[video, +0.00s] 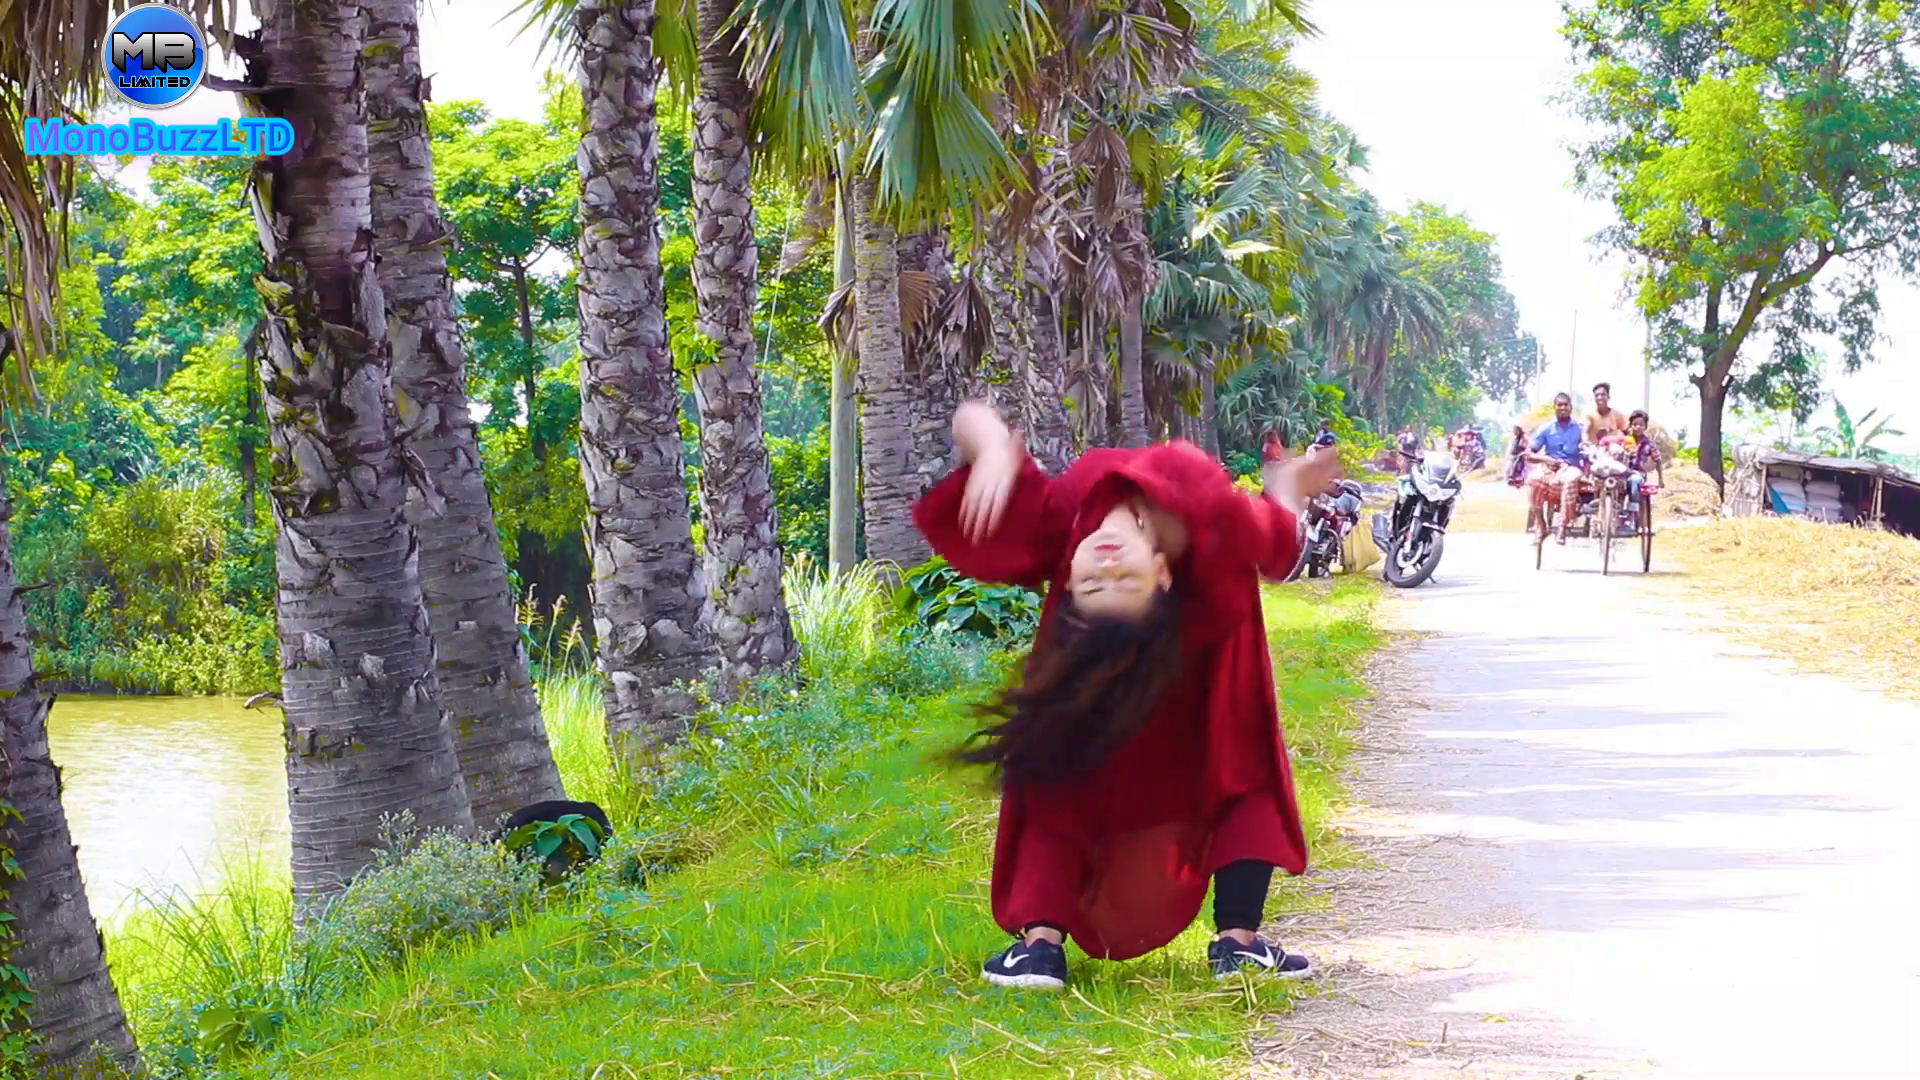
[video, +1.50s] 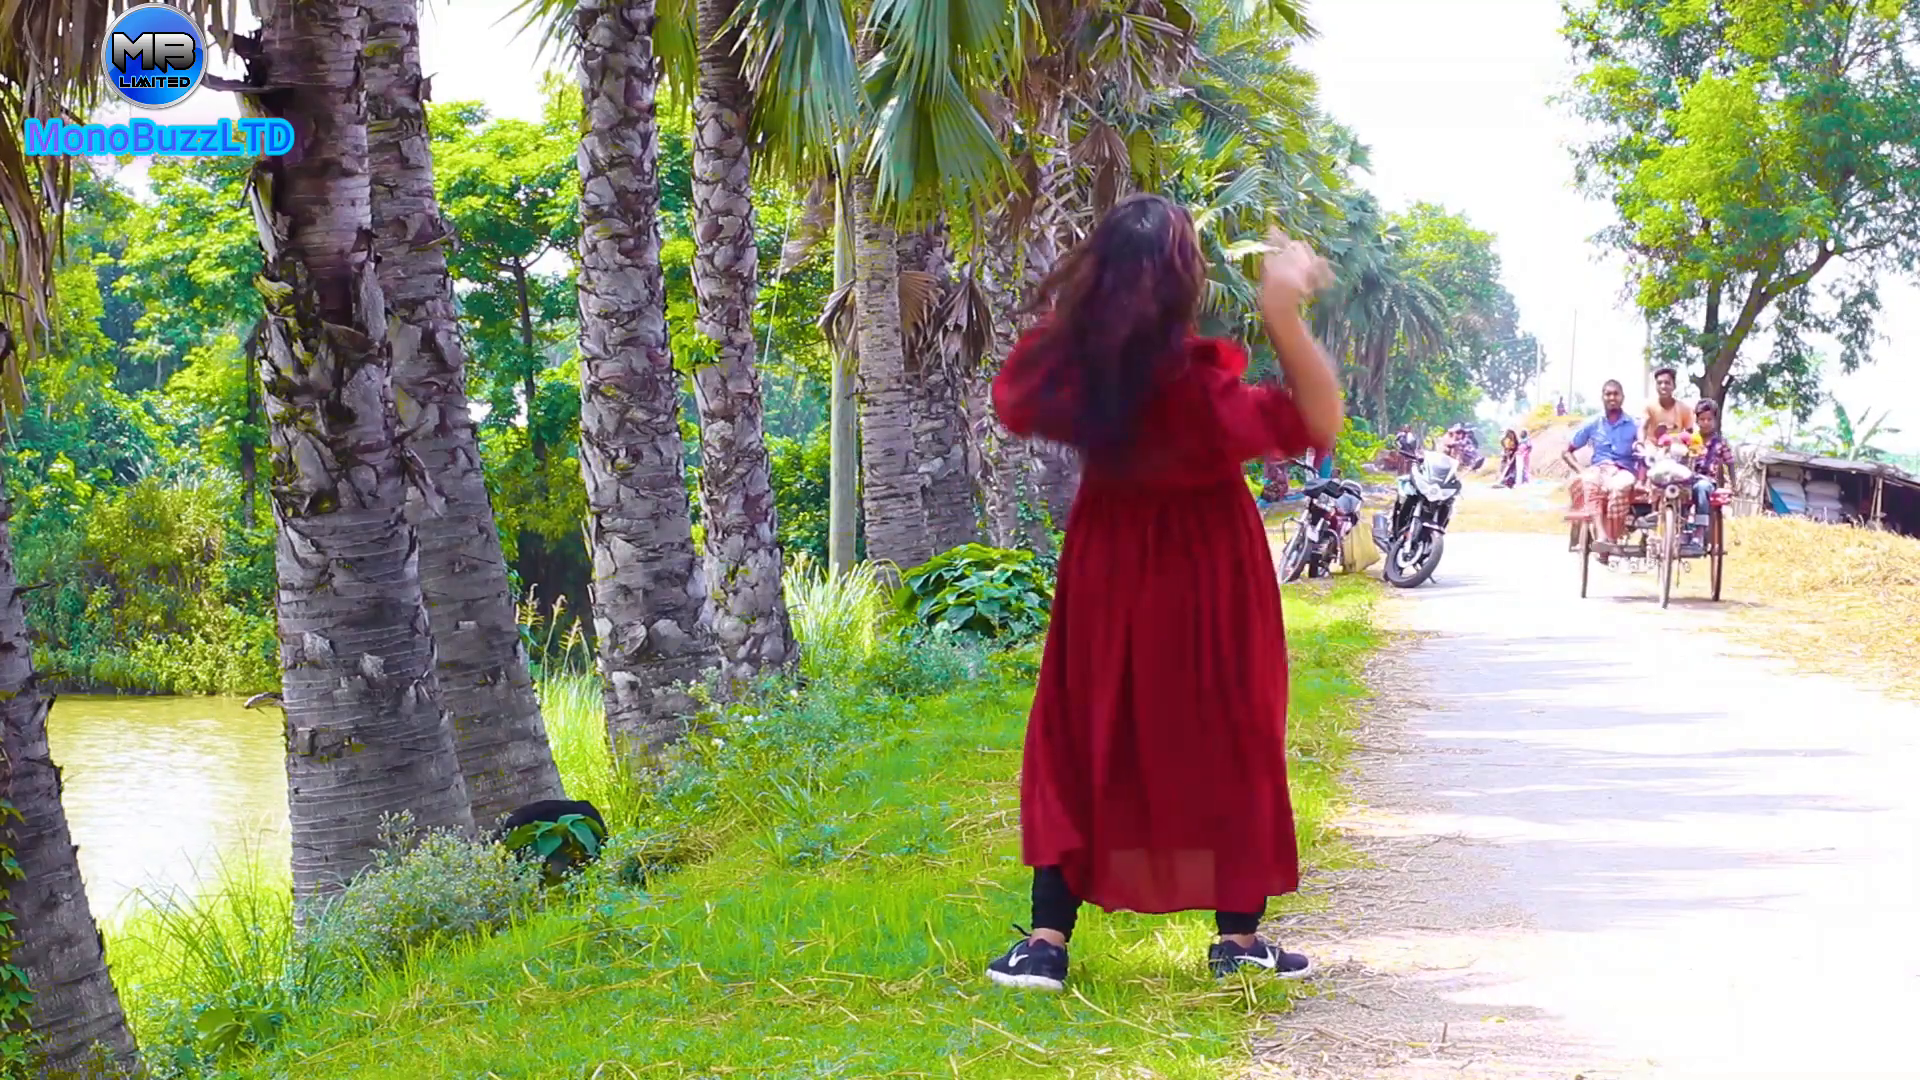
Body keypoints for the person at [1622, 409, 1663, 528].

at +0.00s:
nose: (1638, 427)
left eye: (1641, 424)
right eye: (1635, 424)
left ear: (1646, 427)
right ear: (1630, 426)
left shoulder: (1647, 443)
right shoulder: (1625, 440)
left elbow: (1658, 461)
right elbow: (1615, 454)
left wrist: (1660, 480)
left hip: (1637, 471)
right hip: (1622, 470)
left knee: (1633, 480)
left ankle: (1632, 514)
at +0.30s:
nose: (1651, 426)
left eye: (1654, 423)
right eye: (1648, 423)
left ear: (1659, 425)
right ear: (1644, 425)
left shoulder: (1663, 442)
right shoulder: (1638, 439)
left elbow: (1672, 461)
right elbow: (1629, 455)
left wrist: (1675, 481)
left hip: (1651, 472)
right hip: (1635, 470)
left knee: (1646, 480)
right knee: (1622, 480)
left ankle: (1645, 515)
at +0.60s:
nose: (1662, 425)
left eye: (1665, 422)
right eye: (1659, 422)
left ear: (1670, 424)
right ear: (1654, 423)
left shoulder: (1673, 442)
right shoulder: (1649, 439)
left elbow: (1684, 461)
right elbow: (1640, 456)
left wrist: (1688, 482)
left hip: (1663, 473)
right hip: (1647, 471)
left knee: (1659, 482)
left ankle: (1657, 516)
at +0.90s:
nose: (1672, 424)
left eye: (1676, 420)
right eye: (1669, 420)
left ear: (1681, 422)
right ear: (1665, 421)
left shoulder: (1686, 440)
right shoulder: (1660, 438)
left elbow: (1699, 460)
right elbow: (1650, 454)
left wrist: (1702, 482)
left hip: (1676, 473)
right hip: (1659, 472)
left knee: (1672, 484)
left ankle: (1672, 520)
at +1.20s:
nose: (1687, 424)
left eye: (1691, 420)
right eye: (1684, 420)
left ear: (1697, 422)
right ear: (1679, 421)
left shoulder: (1704, 442)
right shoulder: (1673, 439)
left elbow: (1713, 465)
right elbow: (1663, 458)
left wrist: (1716, 487)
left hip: (1691, 476)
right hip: (1672, 474)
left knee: (1686, 485)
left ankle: (1683, 529)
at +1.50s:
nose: (1705, 423)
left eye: (1709, 419)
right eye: (1702, 419)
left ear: (1716, 420)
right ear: (1697, 420)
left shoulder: (1719, 442)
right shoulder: (1691, 439)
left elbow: (1730, 464)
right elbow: (1681, 459)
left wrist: (1733, 484)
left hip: (1709, 477)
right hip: (1689, 475)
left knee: (1700, 487)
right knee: (1677, 489)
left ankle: (1699, 532)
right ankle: (1681, 529)